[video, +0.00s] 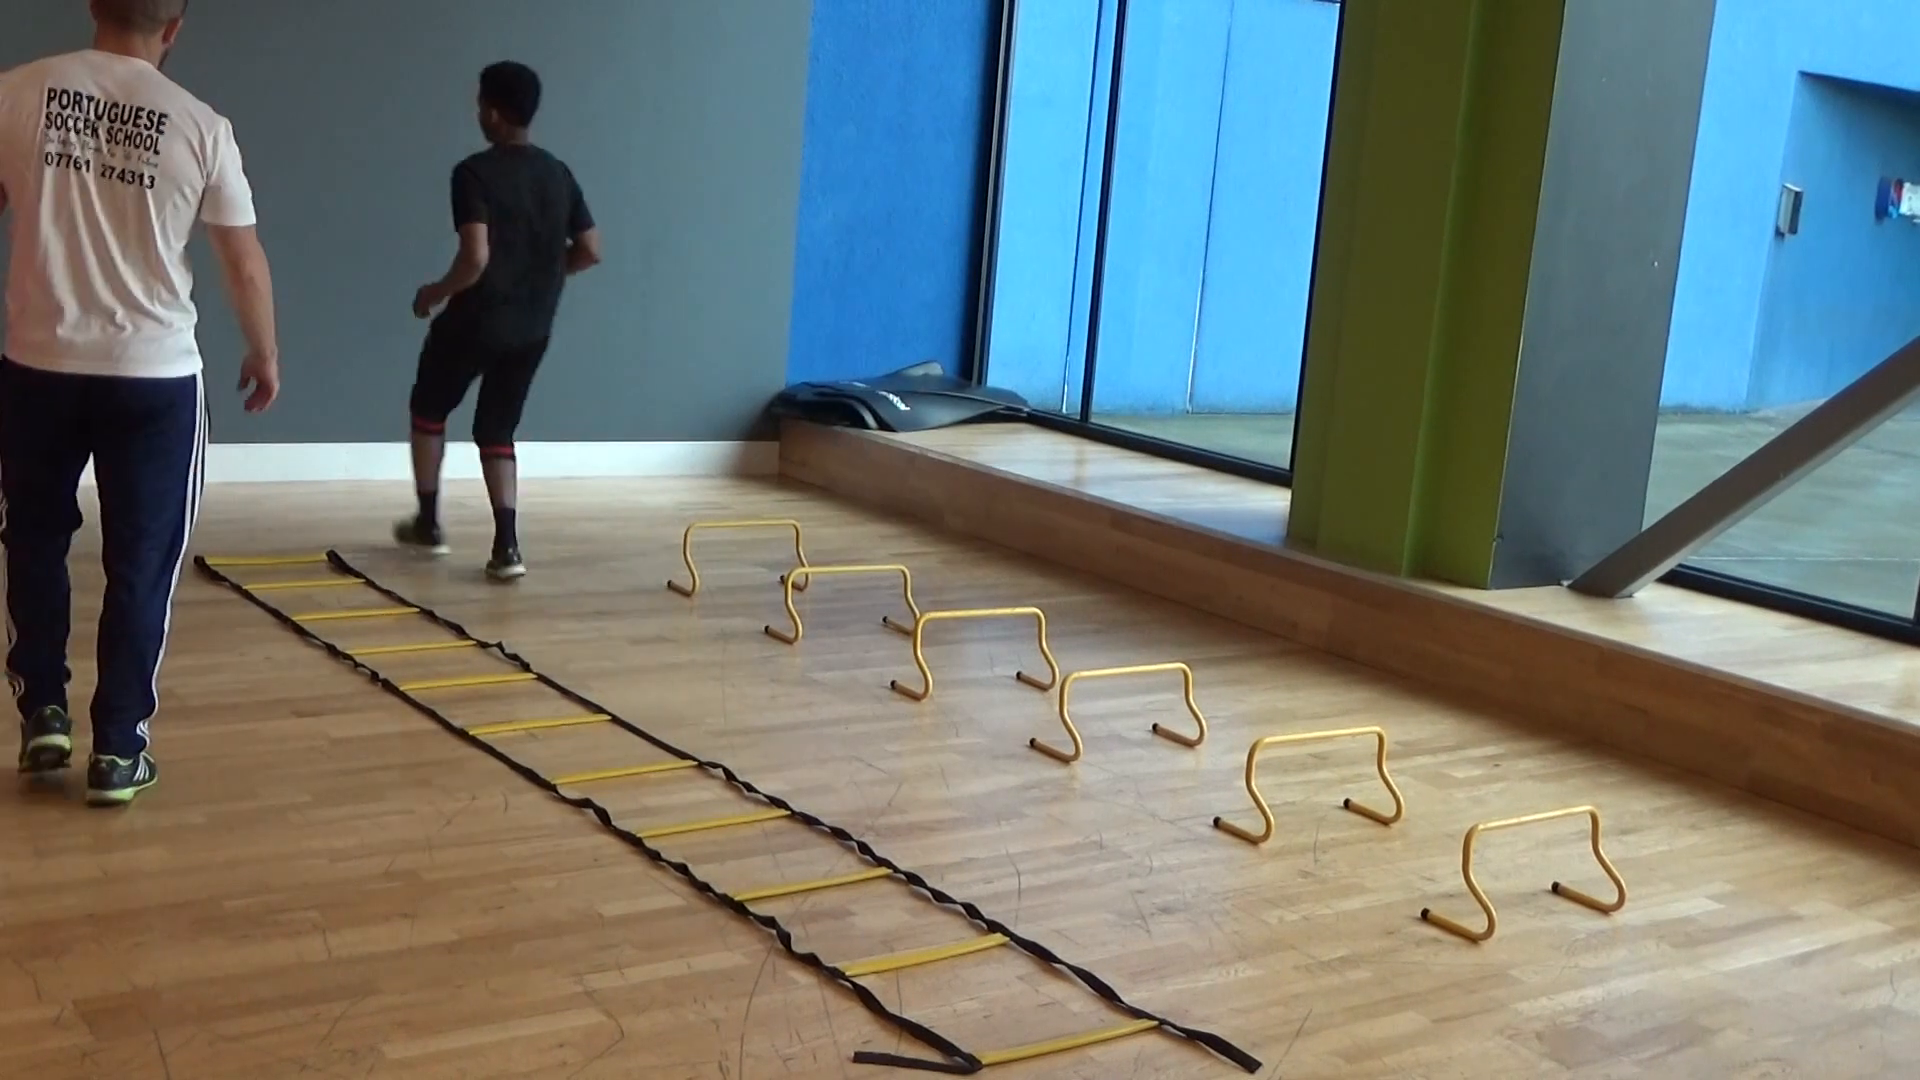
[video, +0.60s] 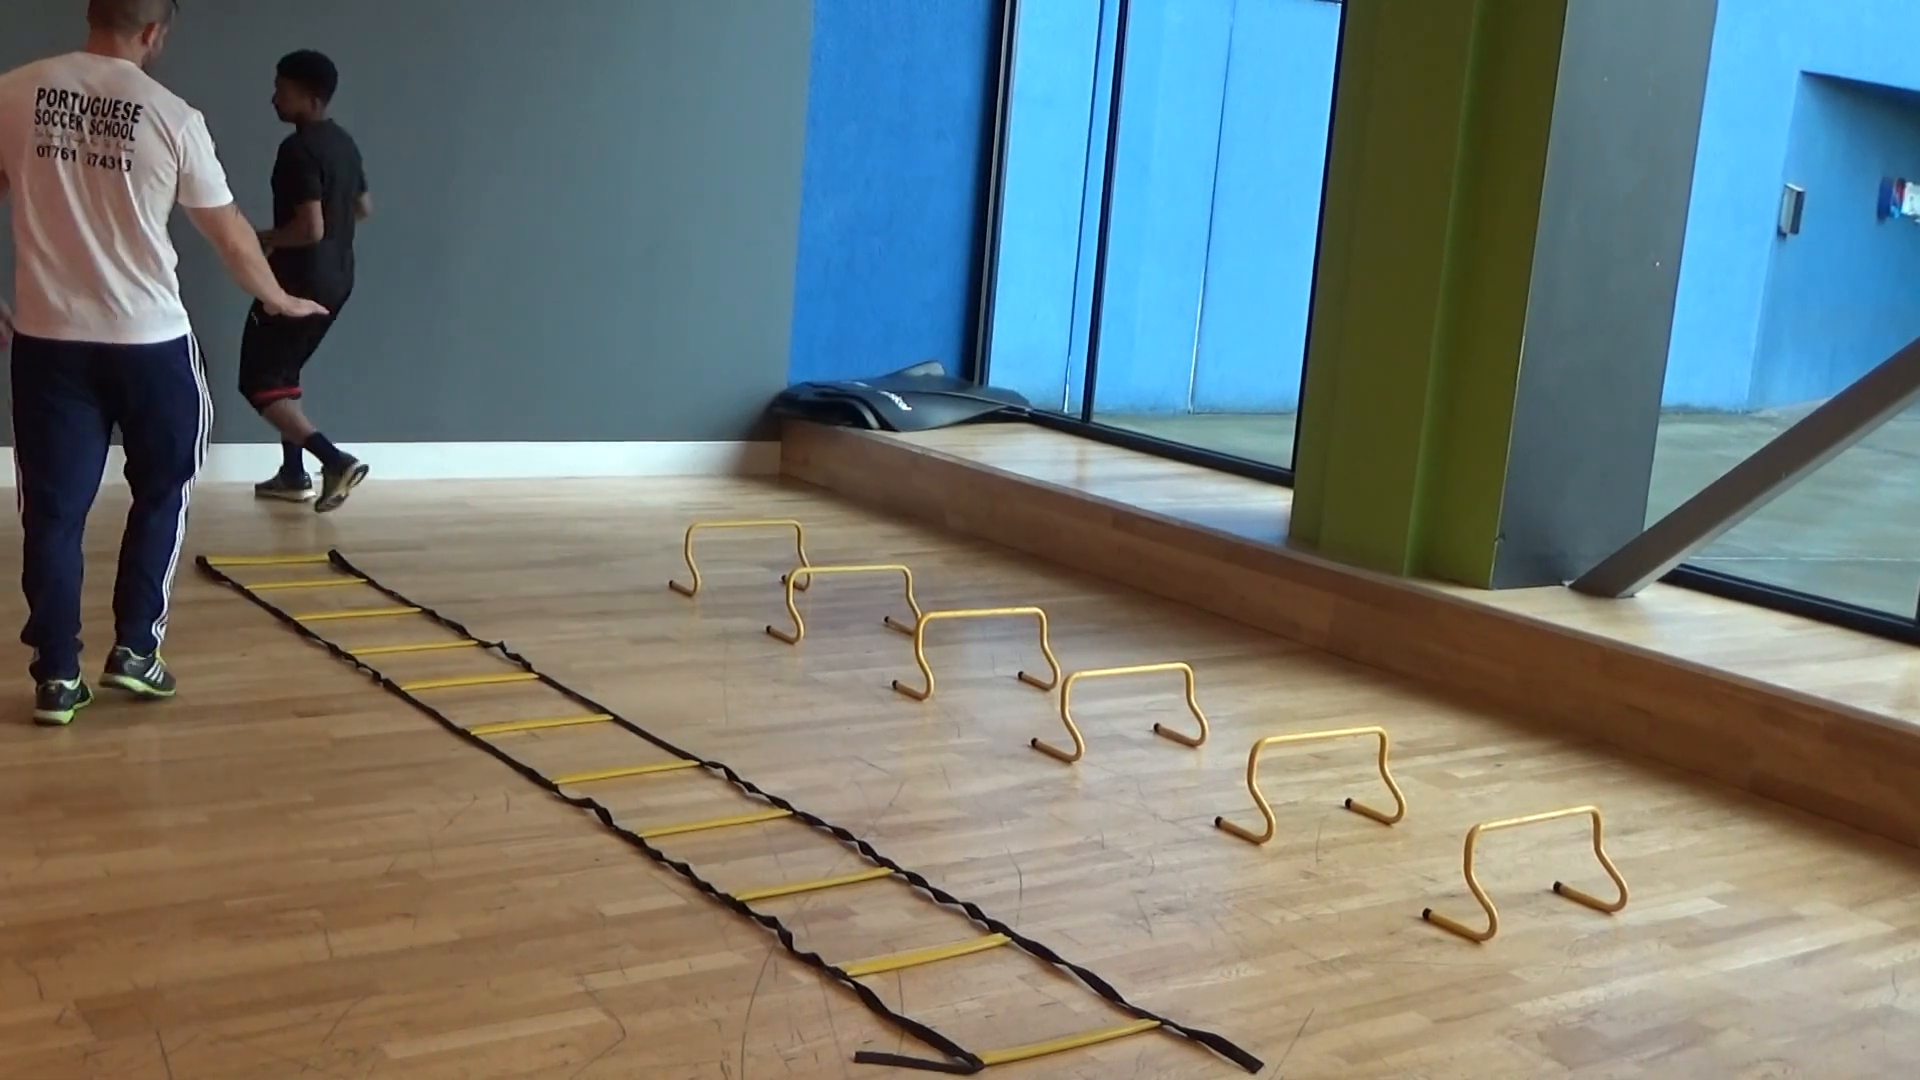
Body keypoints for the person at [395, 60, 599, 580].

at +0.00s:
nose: (478, 112)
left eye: (481, 104)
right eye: (482, 103)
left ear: (492, 111)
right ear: (530, 112)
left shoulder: (475, 172)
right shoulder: (557, 173)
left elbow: (475, 259)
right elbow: (589, 252)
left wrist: (438, 291)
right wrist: (543, 268)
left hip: (473, 324)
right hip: (530, 331)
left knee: (428, 409)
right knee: (496, 432)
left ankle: (427, 521)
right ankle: (507, 548)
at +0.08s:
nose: (437, 106)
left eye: (440, 97)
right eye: (439, 97)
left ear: (453, 105)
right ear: (489, 105)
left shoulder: (440, 164)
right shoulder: (519, 161)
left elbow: (447, 245)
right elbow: (551, 237)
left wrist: (415, 271)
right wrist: (499, 237)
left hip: (437, 312)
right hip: (493, 316)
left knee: (402, 407)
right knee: (477, 414)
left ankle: (380, 502)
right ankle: (501, 510)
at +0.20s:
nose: (385, 119)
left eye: (388, 112)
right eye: (385, 111)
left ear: (402, 118)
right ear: (437, 115)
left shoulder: (386, 173)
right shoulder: (467, 169)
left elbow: (385, 262)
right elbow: (491, 246)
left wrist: (356, 275)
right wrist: (451, 256)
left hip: (384, 312)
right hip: (440, 313)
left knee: (360, 398)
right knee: (433, 400)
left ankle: (371, 506)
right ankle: (463, 478)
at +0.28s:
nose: (357, 111)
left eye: (359, 104)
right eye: (356, 103)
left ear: (374, 107)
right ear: (408, 103)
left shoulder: (358, 162)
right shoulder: (442, 156)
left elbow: (350, 248)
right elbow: (466, 231)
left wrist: (326, 258)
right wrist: (425, 247)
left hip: (364, 300)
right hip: (416, 301)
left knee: (341, 384)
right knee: (388, 374)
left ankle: (366, 497)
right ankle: (415, 480)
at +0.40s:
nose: (319, 92)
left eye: (323, 84)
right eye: (320, 84)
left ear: (340, 87)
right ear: (371, 85)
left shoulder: (329, 141)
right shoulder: (407, 133)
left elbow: (321, 223)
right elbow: (446, 197)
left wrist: (310, 198)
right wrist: (403, 209)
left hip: (332, 281)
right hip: (385, 283)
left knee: (309, 379)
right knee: (348, 376)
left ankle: (357, 483)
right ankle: (326, 472)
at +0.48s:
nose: (299, 95)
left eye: (305, 86)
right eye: (301, 85)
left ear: (327, 92)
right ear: (349, 92)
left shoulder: (314, 147)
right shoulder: (383, 138)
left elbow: (311, 229)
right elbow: (423, 196)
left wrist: (289, 190)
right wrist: (373, 205)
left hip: (313, 286)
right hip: (360, 286)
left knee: (294, 392)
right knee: (320, 380)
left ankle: (355, 478)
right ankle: (298, 475)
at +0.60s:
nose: (274, 95)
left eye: (281, 87)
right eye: (276, 86)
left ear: (308, 93)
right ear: (319, 95)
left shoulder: (298, 148)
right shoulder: (342, 142)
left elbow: (309, 228)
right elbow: (361, 208)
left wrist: (260, 240)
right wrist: (309, 216)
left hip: (299, 281)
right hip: (334, 279)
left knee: (258, 384)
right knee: (283, 373)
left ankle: (336, 463)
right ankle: (292, 473)